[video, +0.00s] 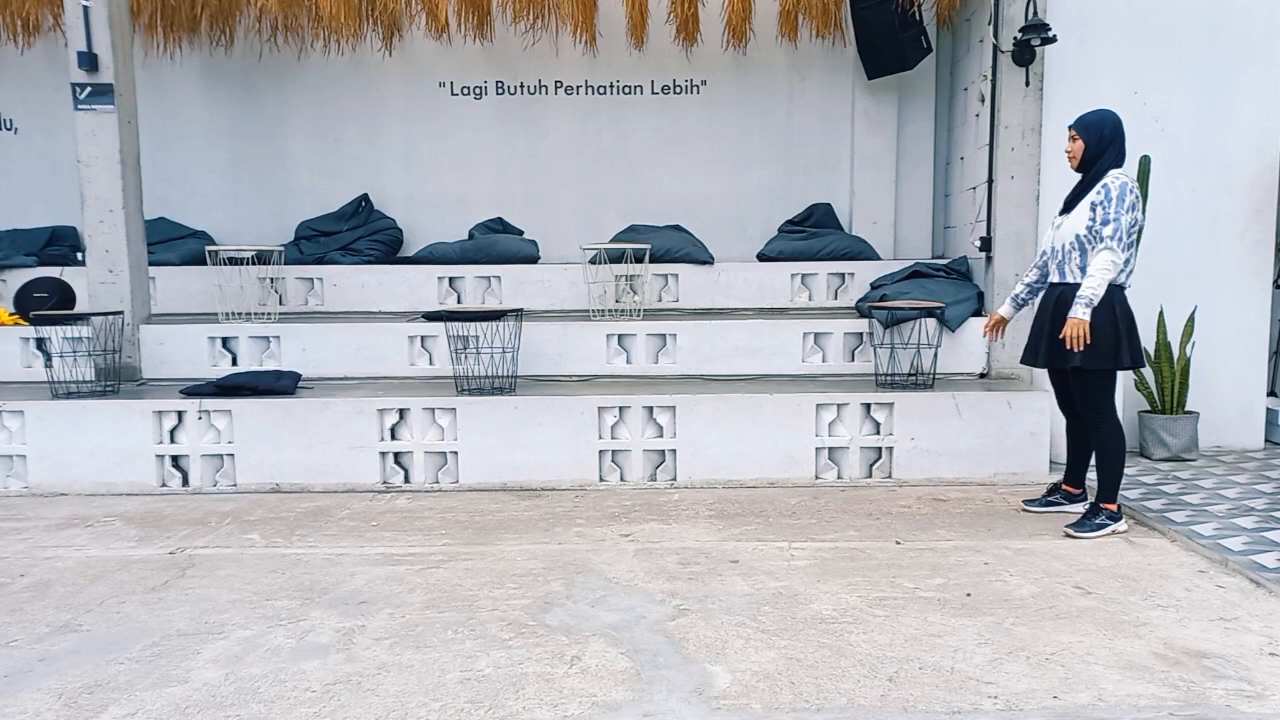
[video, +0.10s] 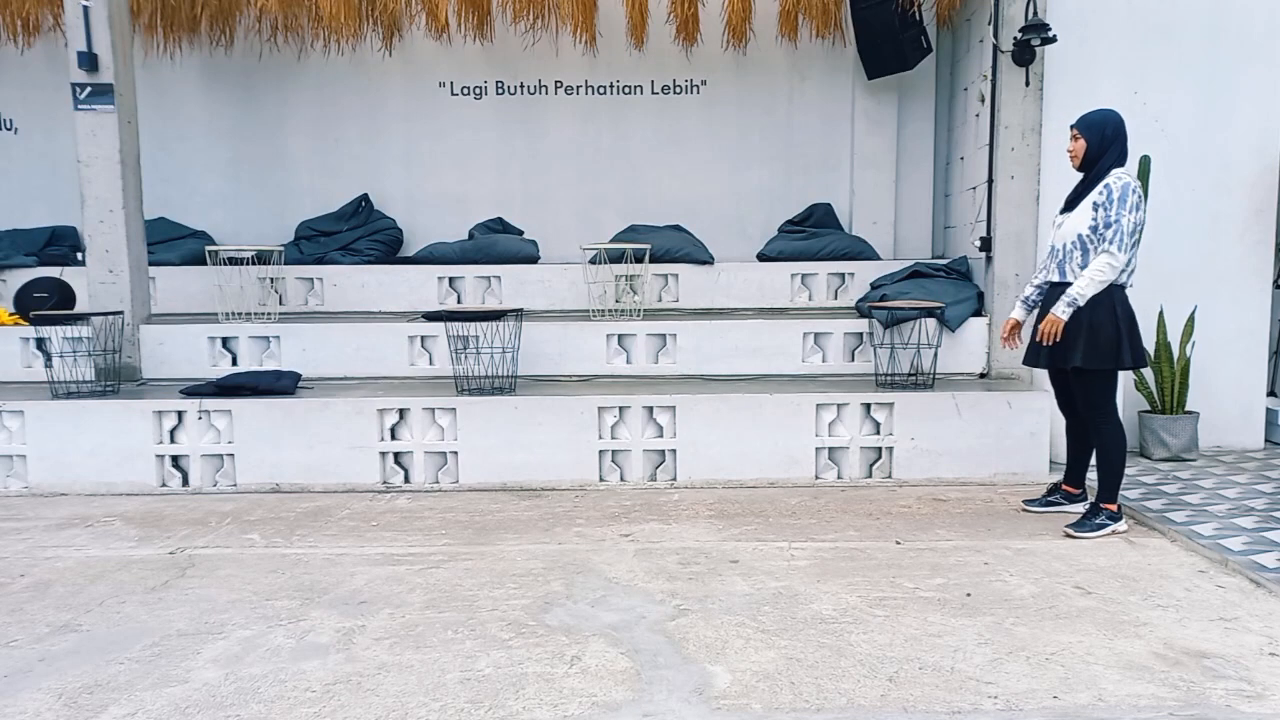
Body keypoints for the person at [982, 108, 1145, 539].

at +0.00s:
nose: (1068, 147)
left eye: (1075, 139)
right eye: (1069, 139)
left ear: (1099, 142)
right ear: (1092, 143)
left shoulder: (1118, 186)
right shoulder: (1080, 193)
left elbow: (1112, 253)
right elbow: (1045, 261)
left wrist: (1082, 307)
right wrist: (1008, 308)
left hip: (1095, 306)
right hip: (1060, 305)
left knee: (1099, 408)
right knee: (1072, 405)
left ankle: (1108, 507)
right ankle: (1071, 488)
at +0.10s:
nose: (1069, 147)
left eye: (1076, 138)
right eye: (1070, 139)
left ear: (1100, 141)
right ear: (1089, 143)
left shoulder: (1122, 187)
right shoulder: (1083, 191)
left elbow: (1113, 259)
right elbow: (1053, 261)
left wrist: (1065, 306)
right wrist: (1022, 309)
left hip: (1096, 310)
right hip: (1062, 310)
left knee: (1101, 409)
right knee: (1072, 407)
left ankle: (1109, 507)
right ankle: (1072, 489)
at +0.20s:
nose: (1071, 147)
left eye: (1077, 139)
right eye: (1071, 139)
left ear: (1101, 141)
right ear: (1087, 144)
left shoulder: (1123, 187)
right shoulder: (1081, 192)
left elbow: (1120, 261)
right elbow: (1057, 263)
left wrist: (1064, 307)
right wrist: (1037, 310)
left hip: (1097, 311)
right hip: (1063, 311)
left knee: (1102, 410)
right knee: (1073, 407)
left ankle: (1109, 507)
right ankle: (1072, 488)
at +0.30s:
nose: (1071, 146)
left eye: (1077, 138)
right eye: (1071, 138)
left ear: (1100, 140)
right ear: (1087, 143)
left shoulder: (1122, 185)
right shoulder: (1082, 192)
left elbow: (1125, 263)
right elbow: (1061, 262)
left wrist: (1080, 311)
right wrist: (1042, 311)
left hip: (1097, 310)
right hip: (1063, 309)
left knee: (1102, 409)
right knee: (1072, 407)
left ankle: (1109, 507)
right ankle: (1072, 488)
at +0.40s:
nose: (1069, 145)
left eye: (1076, 138)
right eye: (1070, 138)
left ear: (1099, 140)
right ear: (1088, 143)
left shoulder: (1122, 186)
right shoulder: (1081, 192)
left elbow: (1130, 262)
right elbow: (1064, 265)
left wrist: (1091, 315)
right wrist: (1042, 315)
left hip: (1096, 311)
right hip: (1062, 310)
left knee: (1102, 410)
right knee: (1070, 407)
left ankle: (1109, 507)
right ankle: (1072, 488)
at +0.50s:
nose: (1067, 145)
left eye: (1074, 137)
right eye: (1068, 137)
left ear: (1097, 140)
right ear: (1088, 142)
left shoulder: (1120, 184)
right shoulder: (1082, 191)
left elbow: (1134, 259)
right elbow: (1064, 268)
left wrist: (1105, 319)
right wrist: (1043, 319)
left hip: (1094, 310)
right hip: (1061, 310)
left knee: (1101, 408)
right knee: (1062, 403)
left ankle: (1109, 507)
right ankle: (1071, 488)